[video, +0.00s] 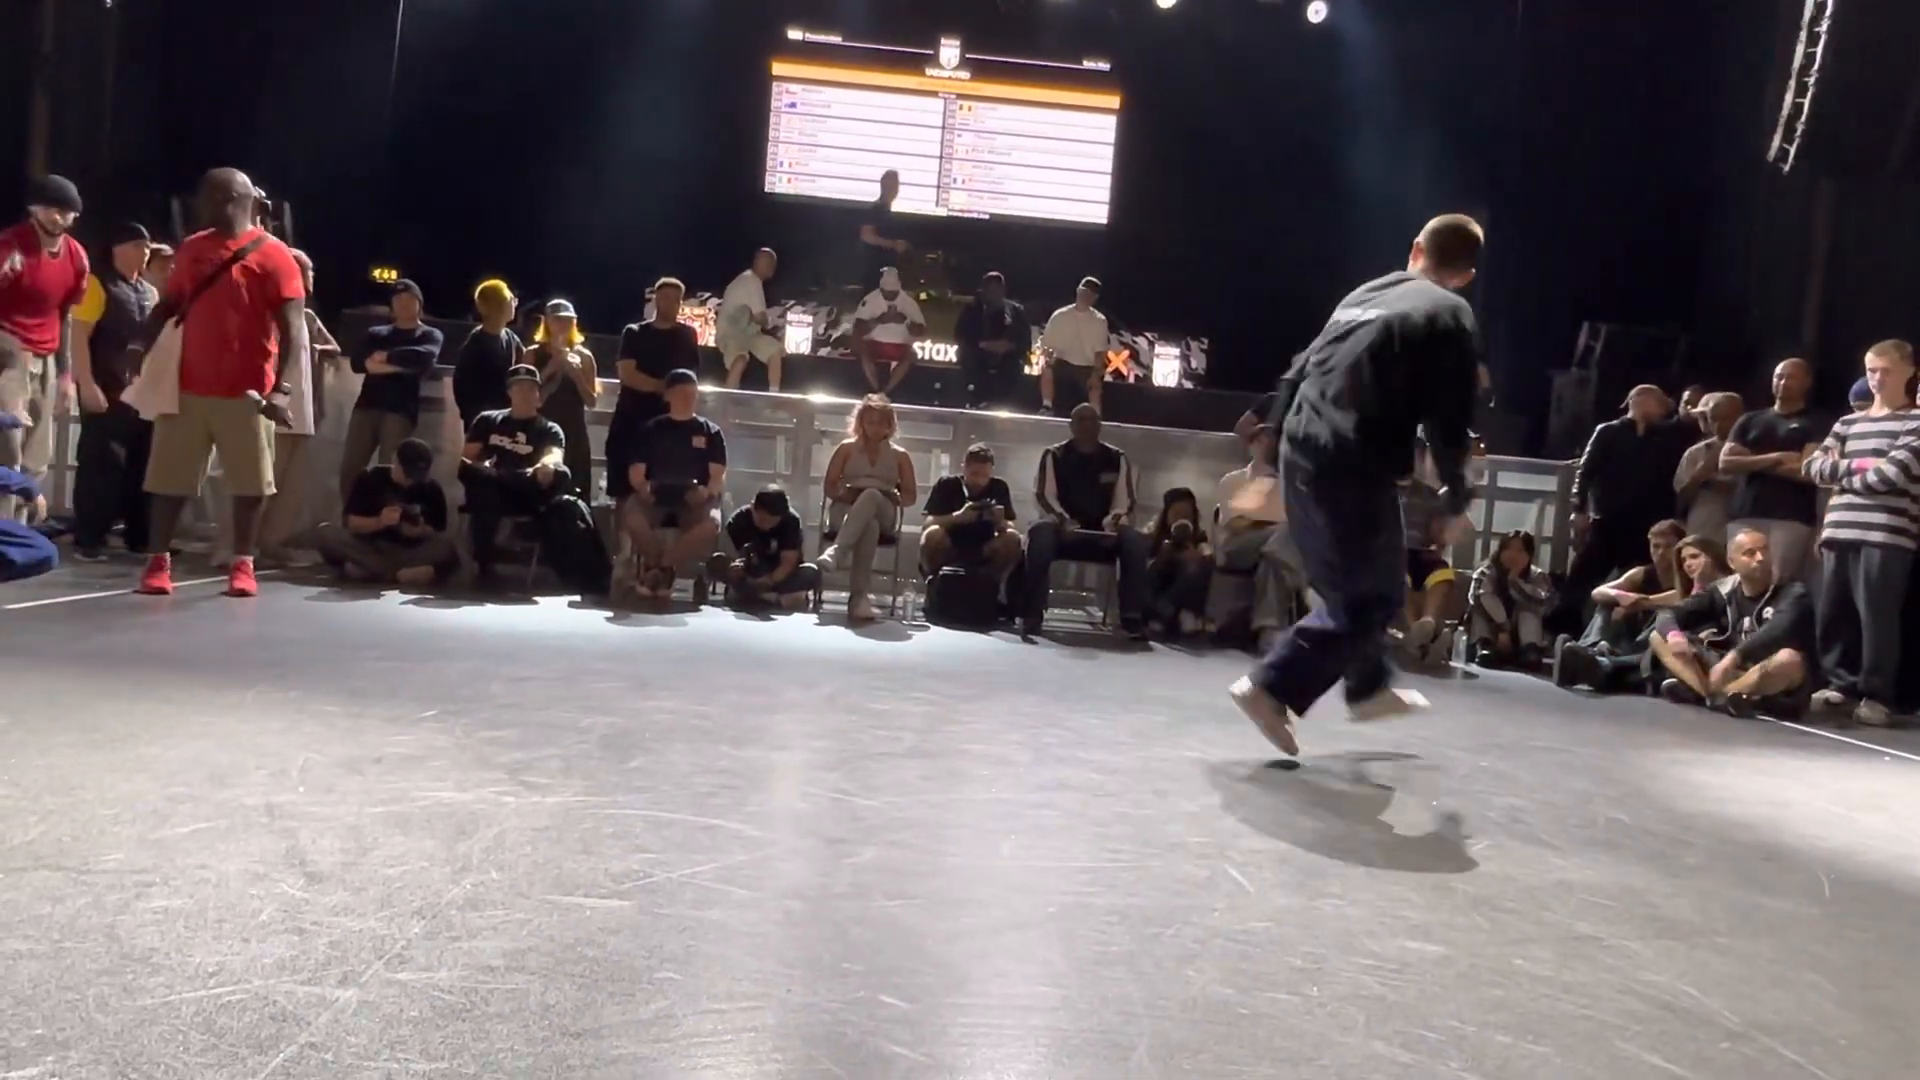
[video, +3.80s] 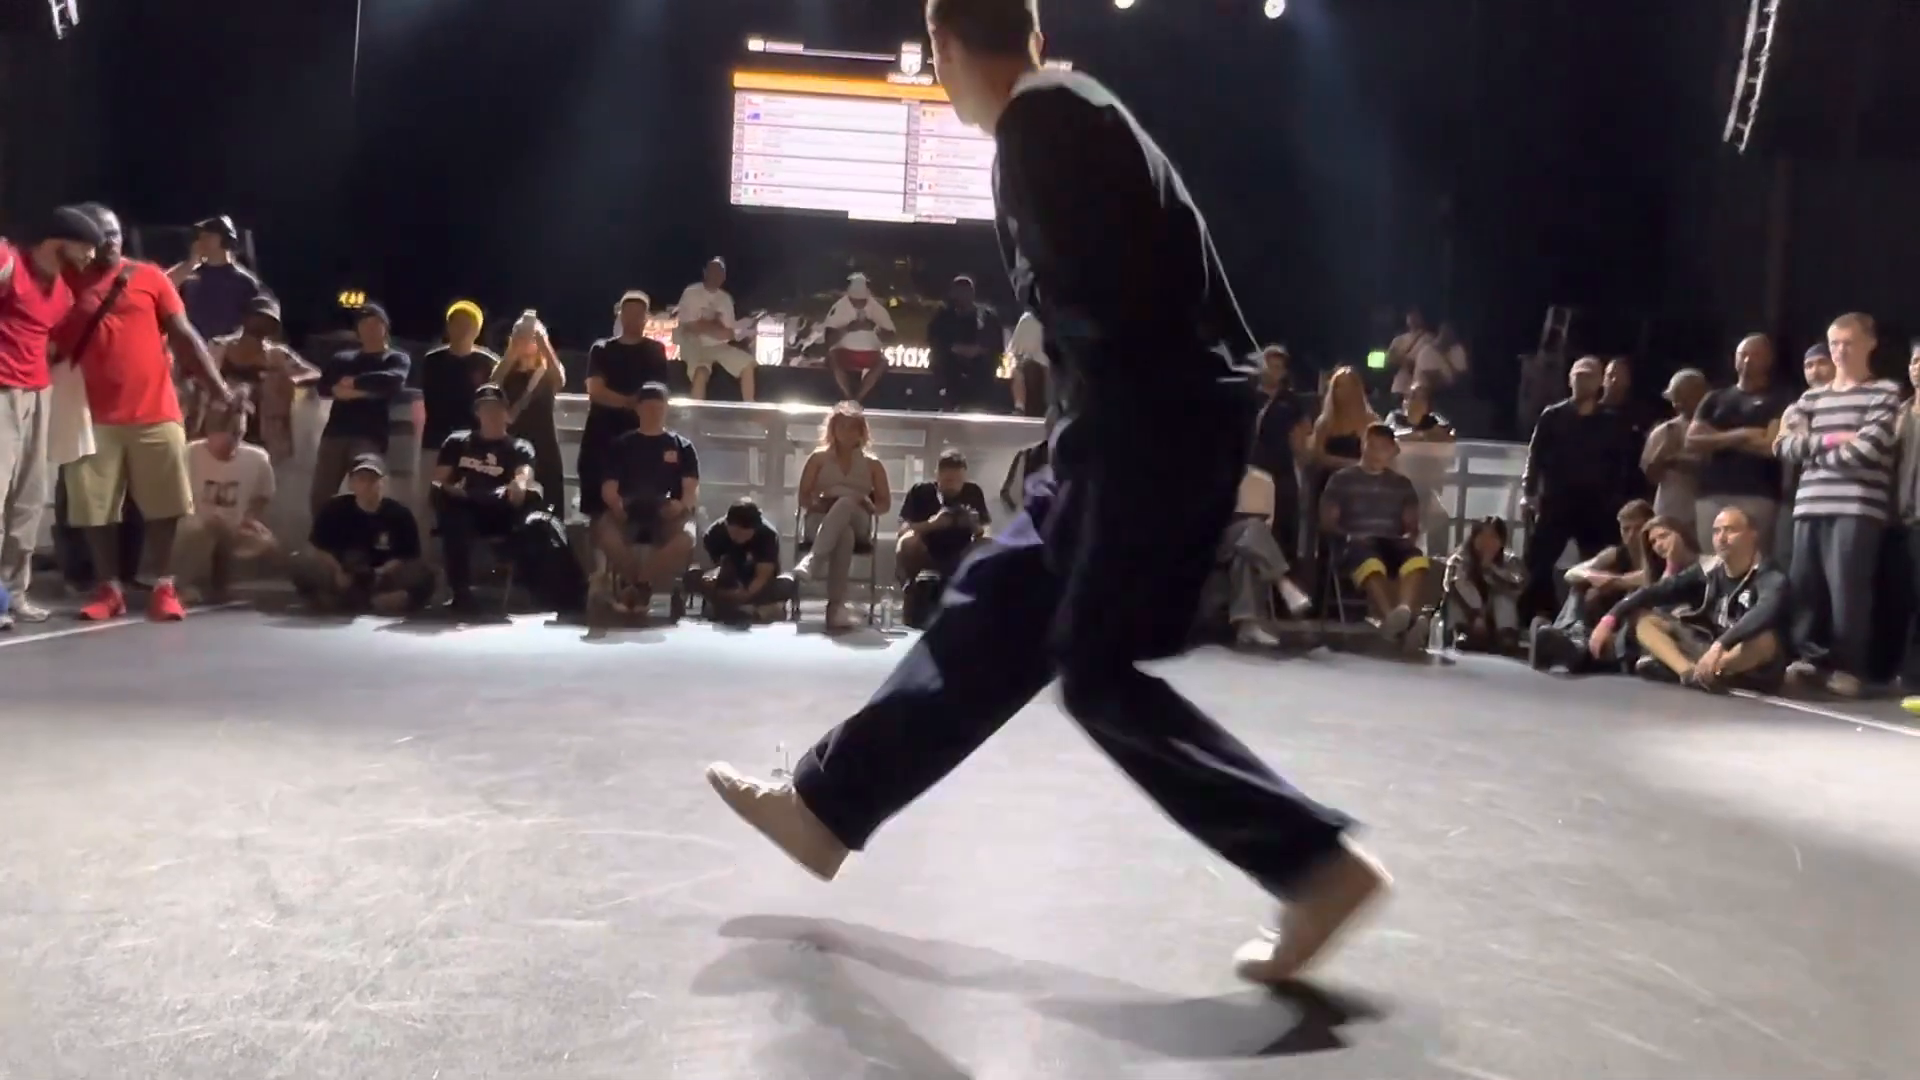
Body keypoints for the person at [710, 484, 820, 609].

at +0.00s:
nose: (765, 525)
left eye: (771, 522)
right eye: (762, 520)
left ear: (780, 516)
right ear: (753, 508)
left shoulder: (791, 521)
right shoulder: (737, 522)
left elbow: (789, 563)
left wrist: (769, 580)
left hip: (780, 568)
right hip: (751, 570)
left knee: (812, 572)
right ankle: (778, 600)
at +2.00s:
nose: (770, 525)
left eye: (774, 521)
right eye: (767, 521)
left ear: (779, 516)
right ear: (754, 513)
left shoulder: (790, 523)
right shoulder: (735, 523)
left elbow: (787, 564)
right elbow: (744, 558)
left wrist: (765, 584)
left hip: (779, 570)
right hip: (752, 571)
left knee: (809, 574)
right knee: (715, 563)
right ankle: (777, 601)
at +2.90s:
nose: (757, 535)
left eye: (761, 531)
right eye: (753, 530)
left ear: (769, 525)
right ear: (744, 521)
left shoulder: (781, 530)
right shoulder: (726, 532)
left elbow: (778, 571)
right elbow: (731, 567)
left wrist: (759, 590)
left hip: (770, 577)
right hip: (741, 578)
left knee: (801, 581)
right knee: (705, 571)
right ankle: (765, 608)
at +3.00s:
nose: (752, 537)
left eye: (757, 533)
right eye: (748, 531)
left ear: (767, 528)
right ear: (742, 523)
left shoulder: (780, 532)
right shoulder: (726, 534)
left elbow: (777, 572)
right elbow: (735, 569)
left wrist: (761, 592)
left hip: (770, 579)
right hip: (742, 581)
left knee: (800, 582)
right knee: (705, 572)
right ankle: (767, 611)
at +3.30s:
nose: (745, 538)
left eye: (750, 534)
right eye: (741, 532)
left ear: (760, 529)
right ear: (734, 524)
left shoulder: (773, 534)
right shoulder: (718, 535)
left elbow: (769, 574)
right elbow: (728, 569)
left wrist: (753, 592)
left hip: (762, 580)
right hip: (734, 582)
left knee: (793, 584)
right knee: (698, 575)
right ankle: (758, 611)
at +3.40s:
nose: (741, 539)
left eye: (747, 535)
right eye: (738, 533)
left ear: (757, 531)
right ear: (731, 526)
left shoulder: (770, 536)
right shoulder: (715, 537)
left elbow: (766, 576)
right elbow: (726, 571)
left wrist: (748, 595)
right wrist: (717, 579)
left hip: (759, 582)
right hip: (731, 582)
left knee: (791, 585)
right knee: (695, 577)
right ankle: (756, 613)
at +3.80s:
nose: (739, 536)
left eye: (745, 533)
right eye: (735, 531)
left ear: (754, 528)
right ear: (728, 525)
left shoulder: (767, 535)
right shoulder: (713, 535)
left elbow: (764, 574)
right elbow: (719, 566)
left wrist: (748, 593)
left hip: (757, 578)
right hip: (731, 578)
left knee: (786, 584)